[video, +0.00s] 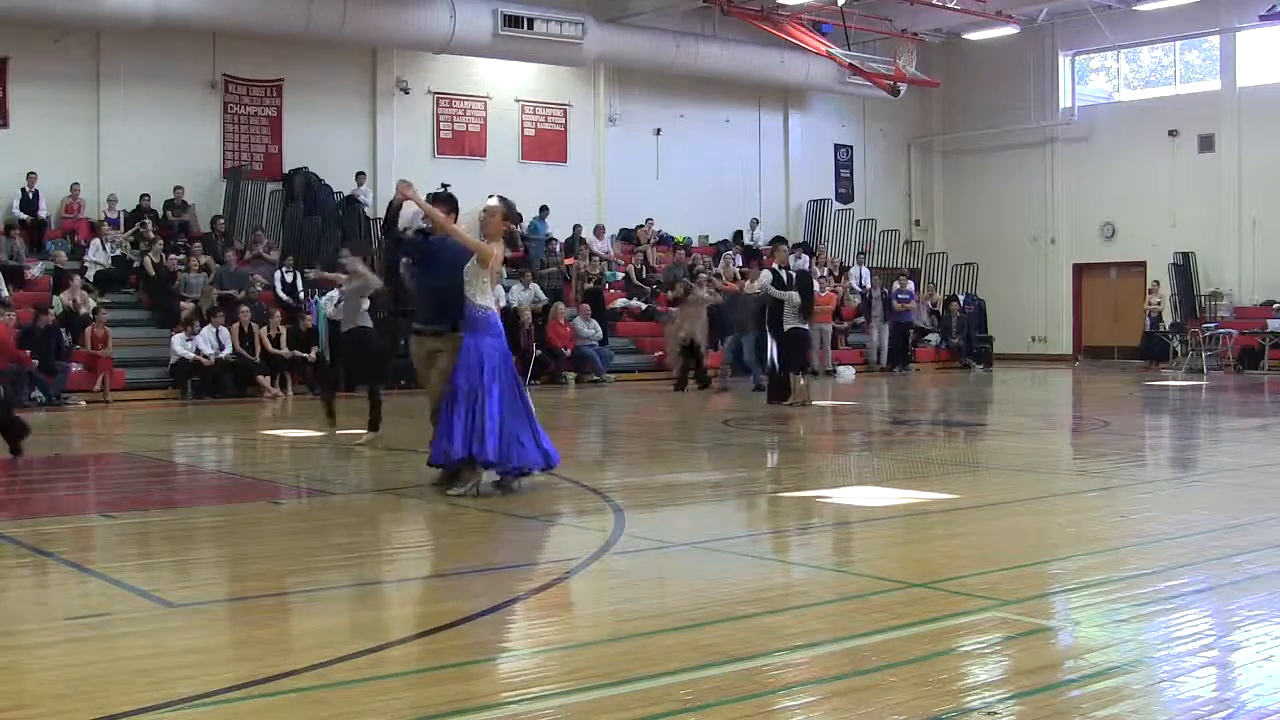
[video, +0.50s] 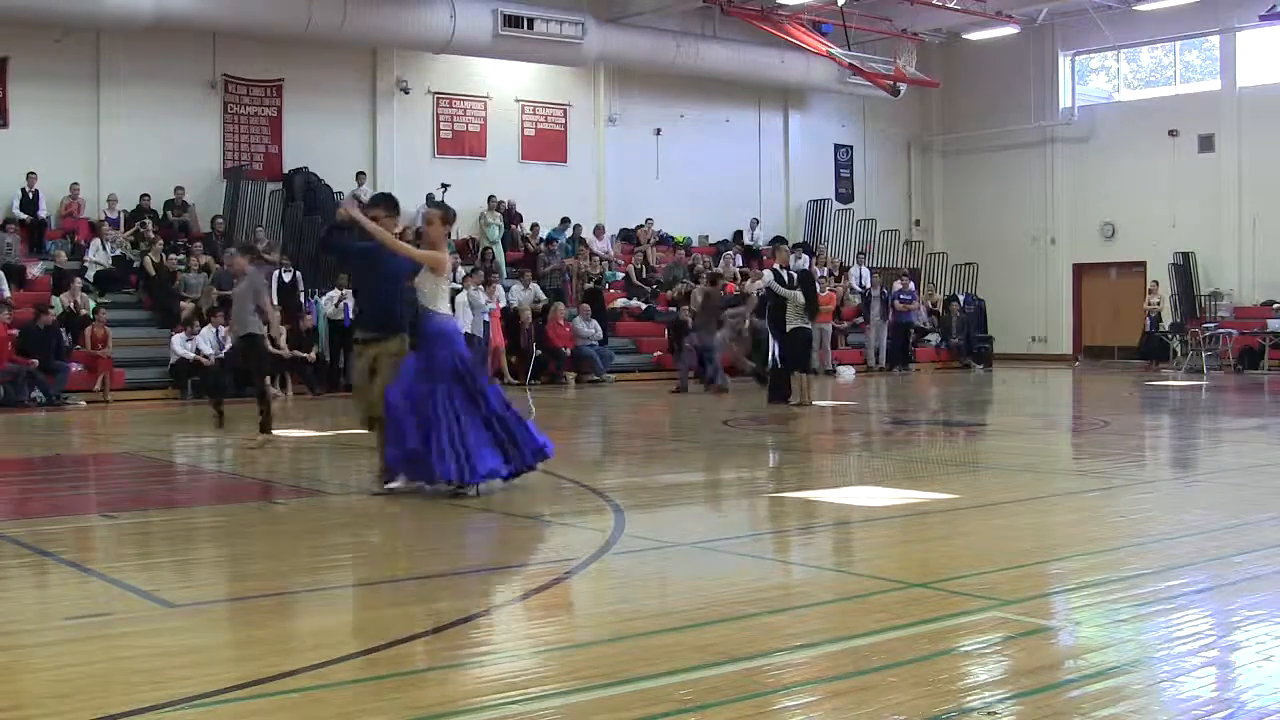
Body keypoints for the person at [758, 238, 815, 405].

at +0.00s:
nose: (794, 280)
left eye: (796, 279)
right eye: (796, 278)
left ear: (797, 282)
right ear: (809, 283)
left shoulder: (791, 296)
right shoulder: (809, 297)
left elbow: (770, 290)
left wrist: (764, 277)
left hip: (791, 330)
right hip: (805, 330)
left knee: (793, 366)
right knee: (802, 366)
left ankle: (796, 395)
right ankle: (805, 396)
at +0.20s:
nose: (787, 255)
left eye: (787, 252)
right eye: (783, 252)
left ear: (787, 254)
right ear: (775, 254)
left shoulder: (792, 275)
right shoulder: (768, 274)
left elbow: (796, 294)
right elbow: (764, 296)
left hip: (789, 319)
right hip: (774, 320)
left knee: (787, 356)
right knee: (779, 355)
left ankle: (785, 393)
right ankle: (774, 394)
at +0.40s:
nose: (788, 254)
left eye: (788, 251)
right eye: (785, 251)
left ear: (785, 254)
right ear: (776, 254)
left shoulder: (793, 276)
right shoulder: (769, 274)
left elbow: (800, 293)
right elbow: (750, 288)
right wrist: (753, 282)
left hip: (789, 319)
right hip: (774, 320)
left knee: (788, 356)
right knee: (779, 356)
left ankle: (786, 393)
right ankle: (776, 394)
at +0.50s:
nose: (788, 254)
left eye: (788, 251)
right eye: (784, 251)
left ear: (786, 254)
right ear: (776, 255)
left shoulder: (793, 275)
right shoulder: (769, 274)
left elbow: (799, 293)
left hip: (790, 318)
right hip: (775, 319)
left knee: (789, 356)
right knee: (778, 355)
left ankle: (787, 392)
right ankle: (776, 393)